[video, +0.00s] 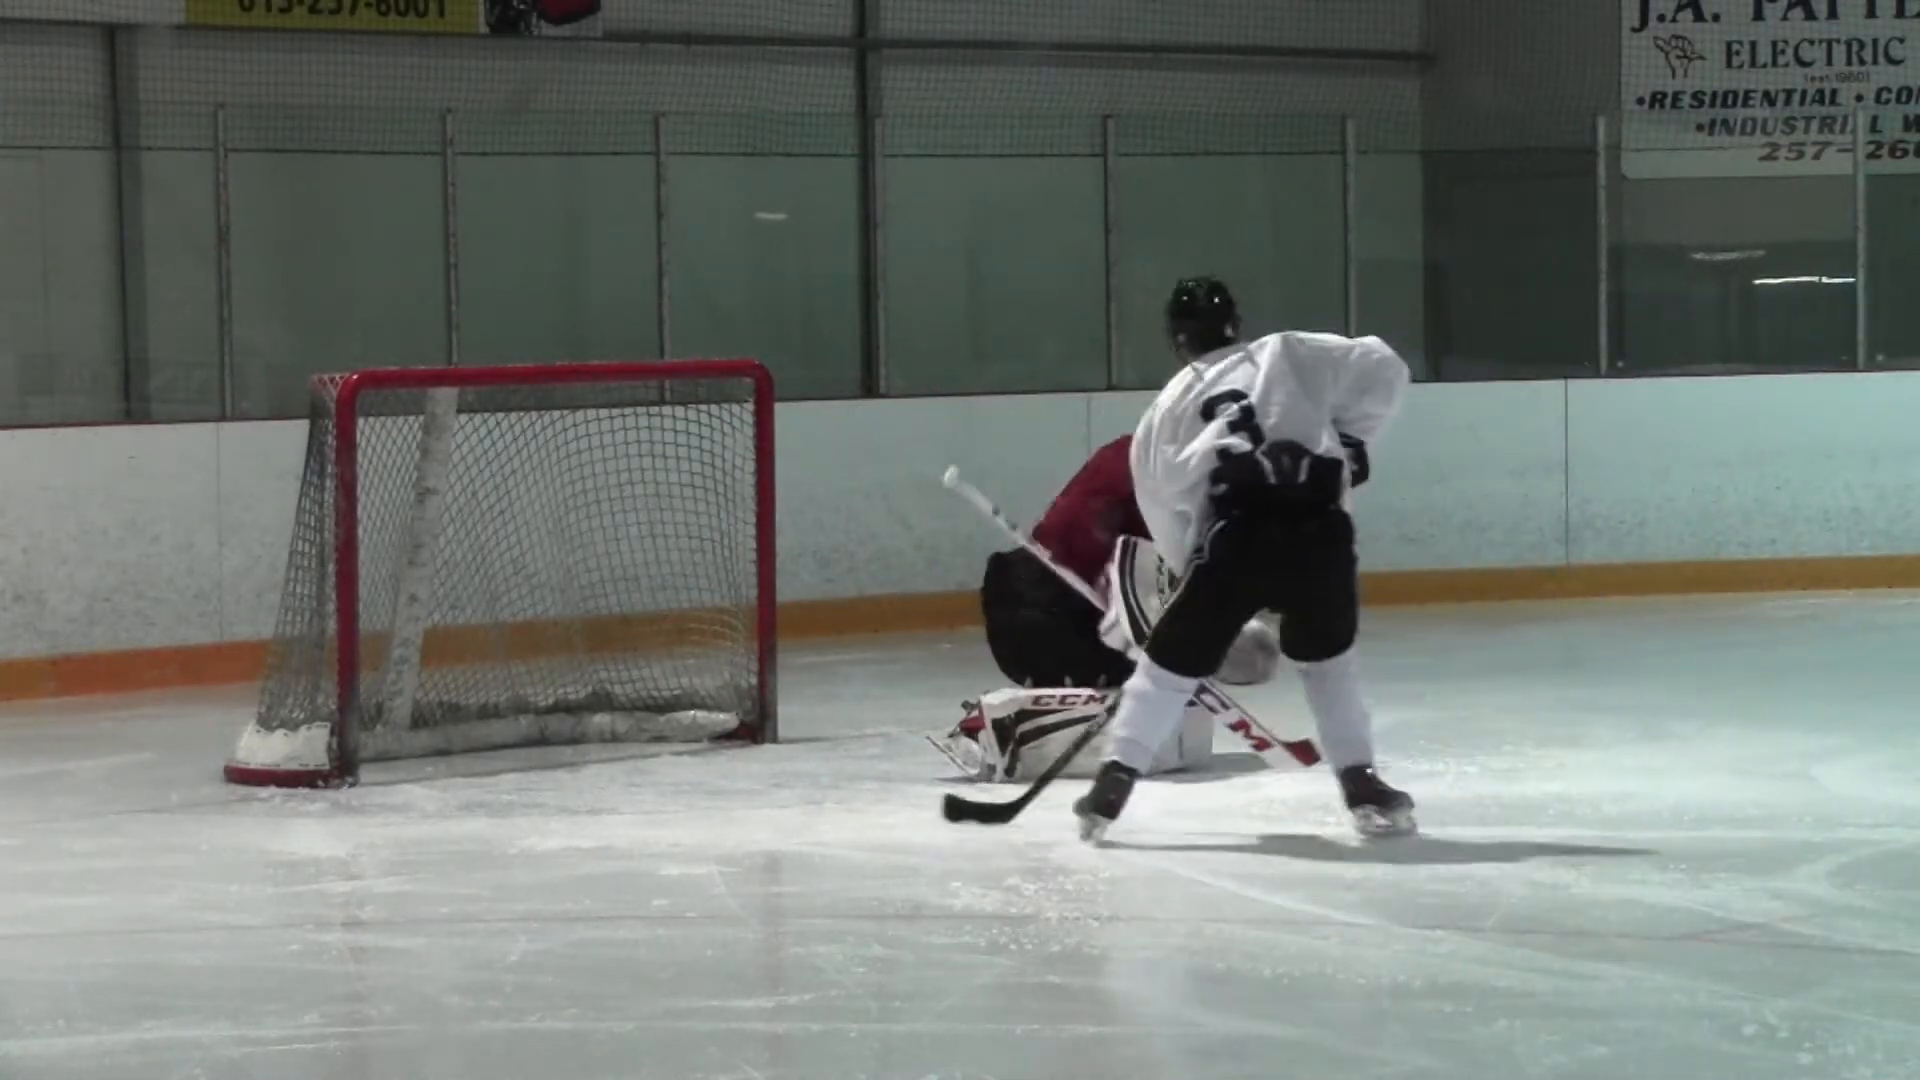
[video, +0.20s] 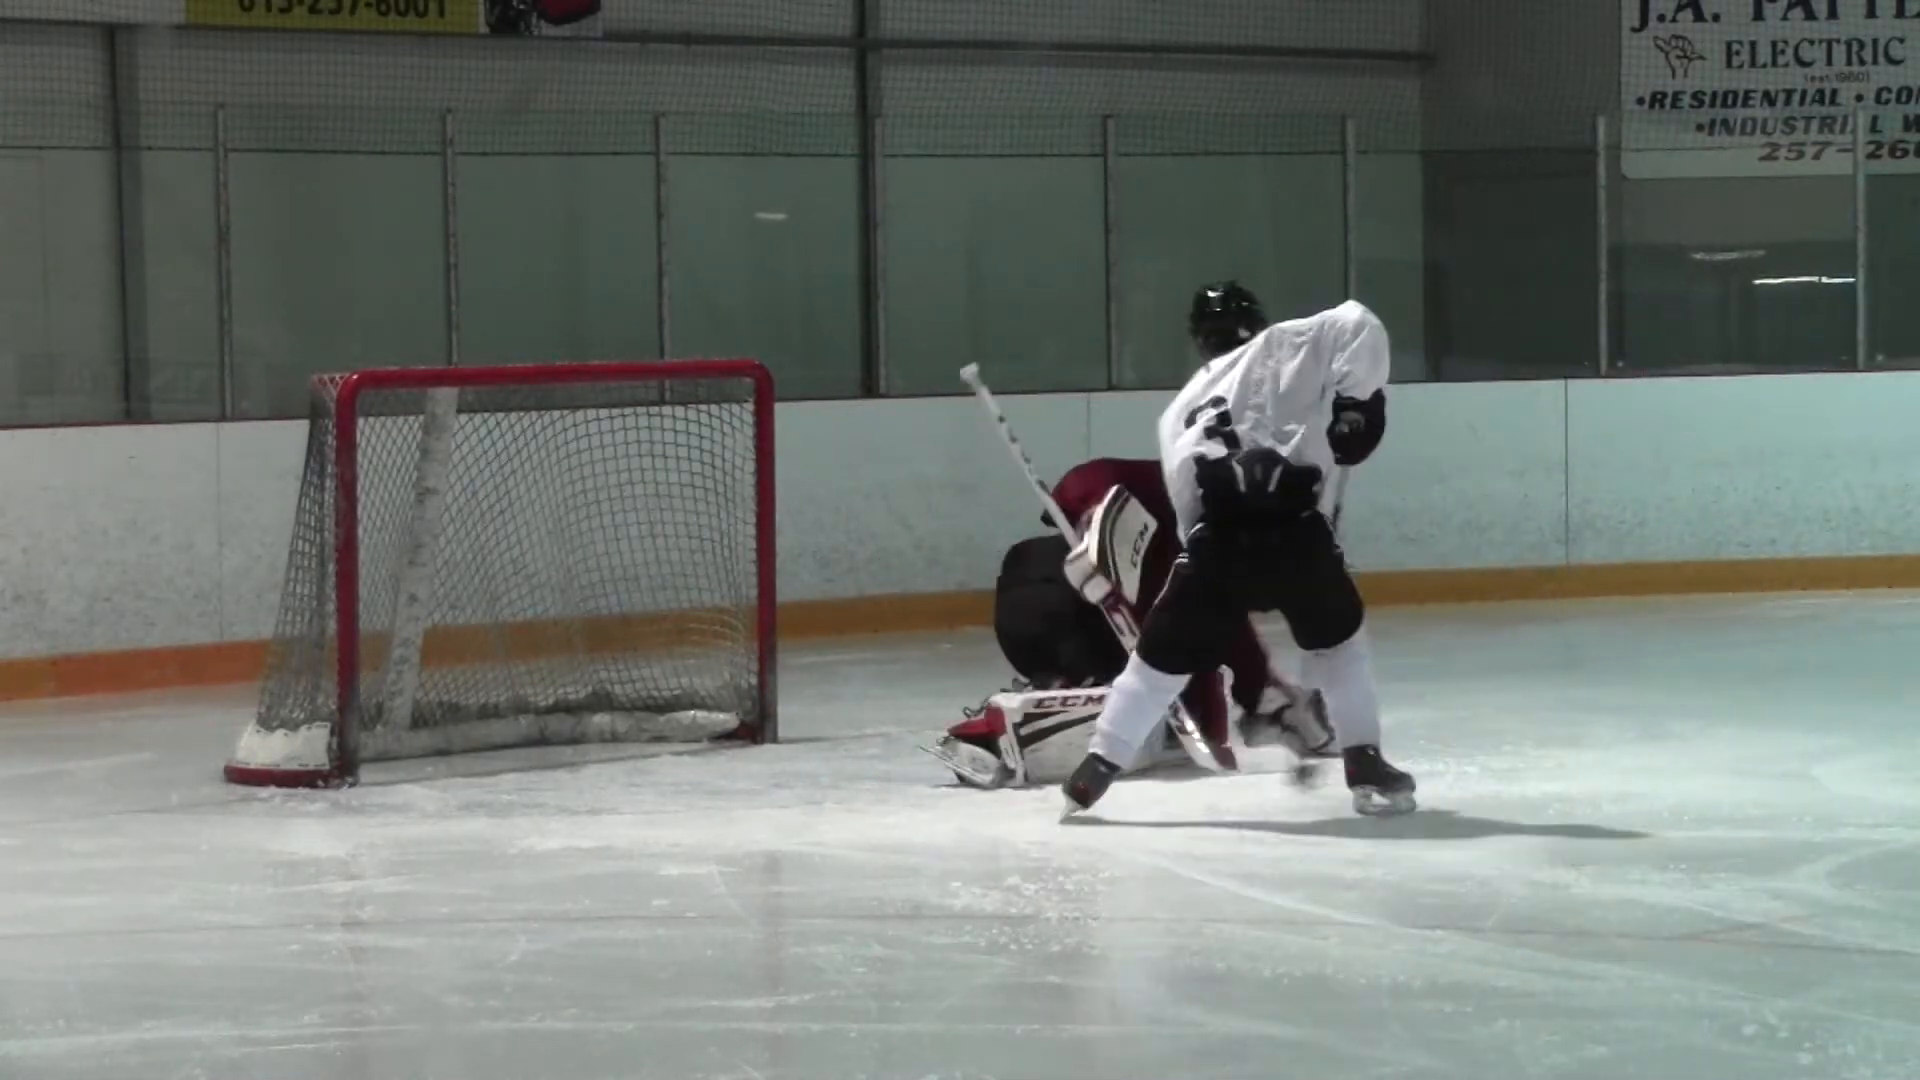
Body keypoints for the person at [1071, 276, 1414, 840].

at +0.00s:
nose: (1179, 345)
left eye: (1177, 338)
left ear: (1178, 341)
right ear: (1234, 325)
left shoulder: (1160, 418)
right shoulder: (1286, 350)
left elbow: (1171, 524)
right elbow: (1383, 364)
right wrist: (1353, 443)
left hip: (1235, 547)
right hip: (1321, 537)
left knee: (1168, 669)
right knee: (1329, 662)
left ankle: (1114, 782)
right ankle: (1362, 785)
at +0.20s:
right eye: (1257, 326)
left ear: (1200, 340)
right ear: (1257, 325)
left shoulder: (1178, 409)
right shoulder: (1285, 341)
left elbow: (1185, 491)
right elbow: (1356, 320)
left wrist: (1201, 557)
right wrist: (1358, 400)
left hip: (1217, 550)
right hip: (1299, 543)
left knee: (1154, 668)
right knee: (1340, 649)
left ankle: (1096, 770)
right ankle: (1364, 764)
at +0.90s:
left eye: (1492, 268)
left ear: (1485, 273)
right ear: (1536, 260)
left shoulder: (1463, 336)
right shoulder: (1570, 289)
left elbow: (1465, 431)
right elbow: (1659, 297)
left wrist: (1487, 497)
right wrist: (1633, 363)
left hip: (1506, 467)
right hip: (1576, 458)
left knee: (1503, 594)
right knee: (1586, 593)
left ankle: (1488, 713)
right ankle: (1593, 714)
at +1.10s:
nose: (1614, 256)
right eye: (1615, 245)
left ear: (1569, 253)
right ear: (1620, 246)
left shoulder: (1544, 318)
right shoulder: (1649, 289)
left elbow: (1536, 412)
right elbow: (1733, 333)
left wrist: (1548, 487)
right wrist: (1688, 365)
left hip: (1577, 461)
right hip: (1644, 456)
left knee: (1580, 582)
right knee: (1652, 579)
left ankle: (1569, 699)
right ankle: (1655, 702)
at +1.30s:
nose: (1717, 247)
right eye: (1717, 239)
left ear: (1664, 245)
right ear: (1715, 242)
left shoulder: (1633, 308)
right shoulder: (1738, 291)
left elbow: (1616, 400)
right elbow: (1799, 353)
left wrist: (1623, 475)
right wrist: (1745, 363)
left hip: (1649, 457)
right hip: (1714, 454)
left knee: (1653, 574)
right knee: (1722, 573)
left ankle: (1645, 689)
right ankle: (1722, 693)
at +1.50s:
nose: (1821, 248)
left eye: (1817, 238)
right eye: (1819, 239)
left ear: (1764, 243)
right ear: (1813, 240)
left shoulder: (1728, 303)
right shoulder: (1823, 289)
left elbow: (1708, 395)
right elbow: (1876, 357)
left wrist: (1714, 466)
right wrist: (1822, 385)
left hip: (1729, 450)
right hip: (1789, 449)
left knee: (1735, 564)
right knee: (1806, 564)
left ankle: (1726, 679)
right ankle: (1798, 683)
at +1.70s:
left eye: (1917, 241)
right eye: (1918, 242)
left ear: (1878, 244)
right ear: (1909, 244)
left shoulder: (1835, 302)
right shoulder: (1907, 288)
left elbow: (1814, 391)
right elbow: (1913, 366)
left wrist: (1818, 481)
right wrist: (1899, 403)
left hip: (1827, 441)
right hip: (1882, 439)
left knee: (1836, 556)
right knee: (1900, 558)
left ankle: (1820, 670)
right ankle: (1886, 671)